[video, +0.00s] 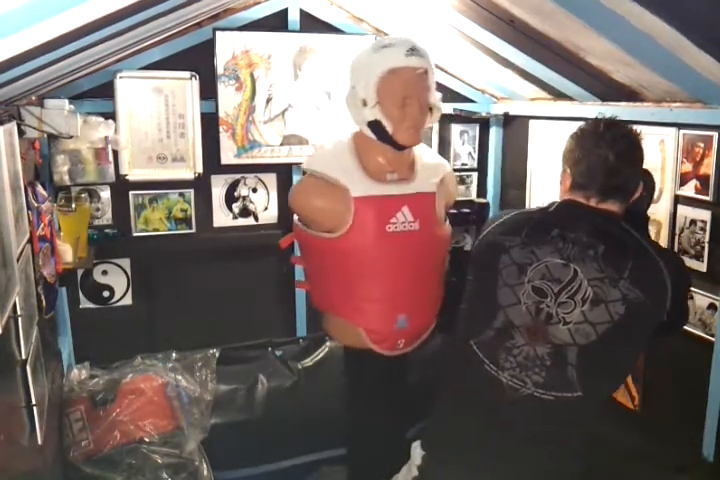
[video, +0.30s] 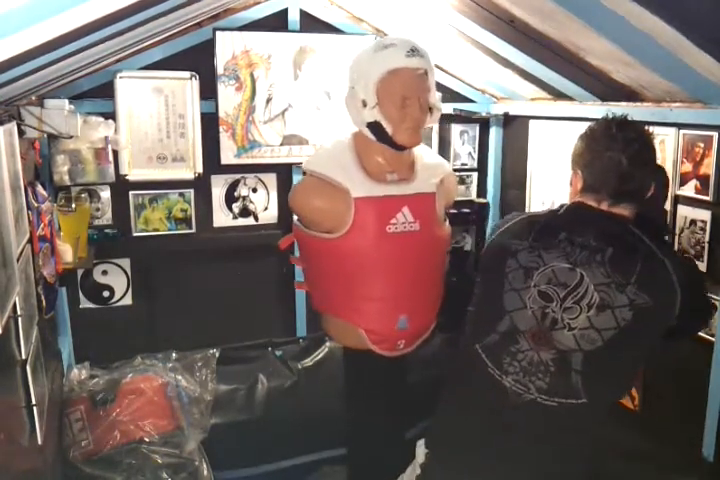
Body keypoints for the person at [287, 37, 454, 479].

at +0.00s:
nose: (419, 110)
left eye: (424, 99)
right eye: (404, 99)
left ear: (432, 103)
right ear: (365, 102)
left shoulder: (439, 176)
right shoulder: (325, 180)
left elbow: (439, 257)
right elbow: (320, 279)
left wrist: (426, 311)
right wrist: (362, 324)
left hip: (426, 347)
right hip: (361, 358)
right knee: (375, 466)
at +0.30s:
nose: (418, 111)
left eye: (423, 100)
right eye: (404, 100)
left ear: (431, 104)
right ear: (364, 102)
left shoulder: (440, 178)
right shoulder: (325, 183)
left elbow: (438, 256)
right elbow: (320, 281)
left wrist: (424, 308)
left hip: (426, 346)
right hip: (362, 357)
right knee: (375, 465)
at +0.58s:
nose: (423, 111)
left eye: (427, 99)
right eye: (407, 99)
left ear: (435, 103)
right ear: (368, 103)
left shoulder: (440, 177)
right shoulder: (326, 184)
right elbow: (321, 285)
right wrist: (355, 322)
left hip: (429, 348)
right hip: (364, 358)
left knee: (428, 454)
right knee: (371, 460)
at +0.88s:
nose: (442, 102)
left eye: (441, 89)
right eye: (427, 89)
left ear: (442, 99)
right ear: (392, 98)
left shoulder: (456, 179)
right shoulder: (336, 179)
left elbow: (469, 264)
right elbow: (328, 276)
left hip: (438, 355)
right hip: (368, 359)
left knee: (440, 460)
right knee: (373, 465)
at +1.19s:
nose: (408, 102)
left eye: (409, 89)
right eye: (392, 91)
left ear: (417, 97)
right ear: (357, 100)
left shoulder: (434, 175)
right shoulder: (312, 182)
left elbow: (439, 257)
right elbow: (314, 274)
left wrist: (424, 309)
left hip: (421, 350)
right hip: (352, 360)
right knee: (369, 466)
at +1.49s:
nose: (403, 109)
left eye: (407, 96)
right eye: (387, 97)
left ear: (416, 101)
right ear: (351, 102)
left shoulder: (433, 176)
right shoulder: (313, 186)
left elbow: (436, 245)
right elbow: (318, 277)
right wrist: (352, 326)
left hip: (421, 344)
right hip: (355, 355)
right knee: (369, 464)